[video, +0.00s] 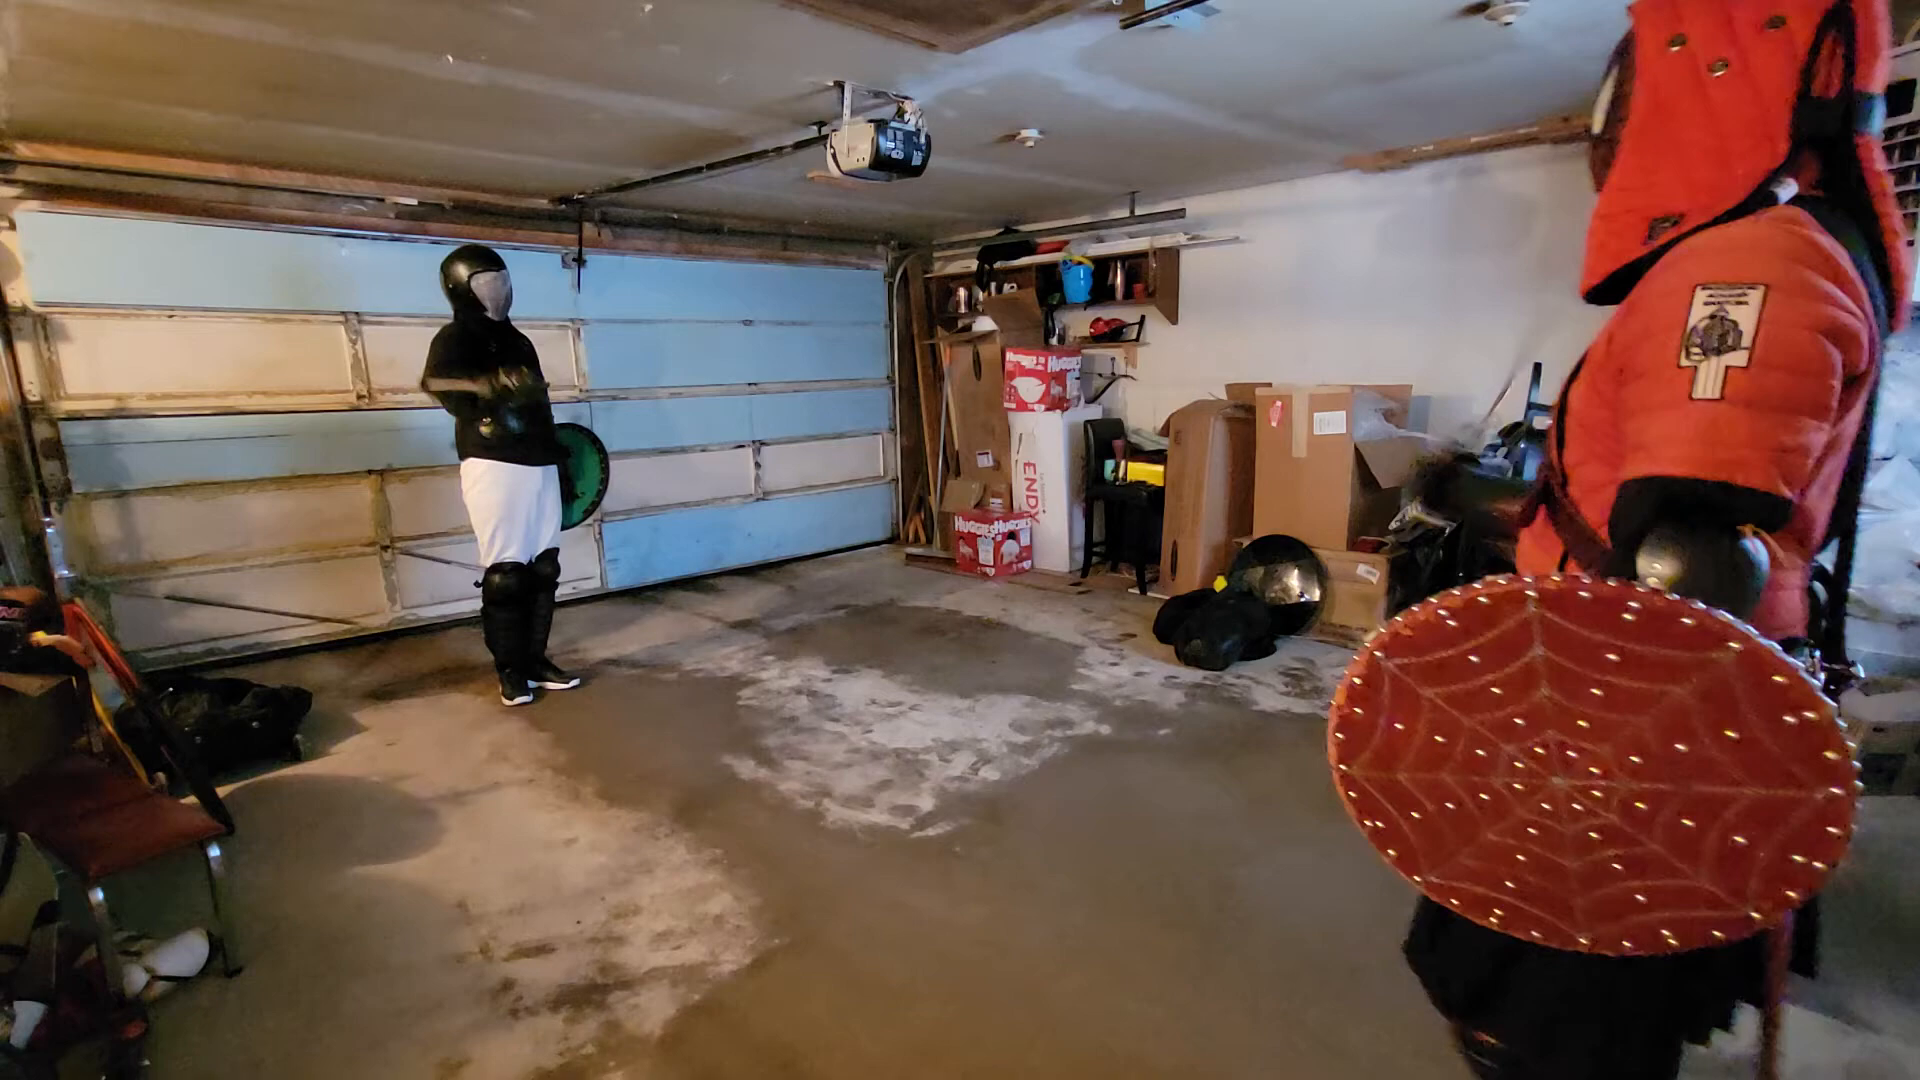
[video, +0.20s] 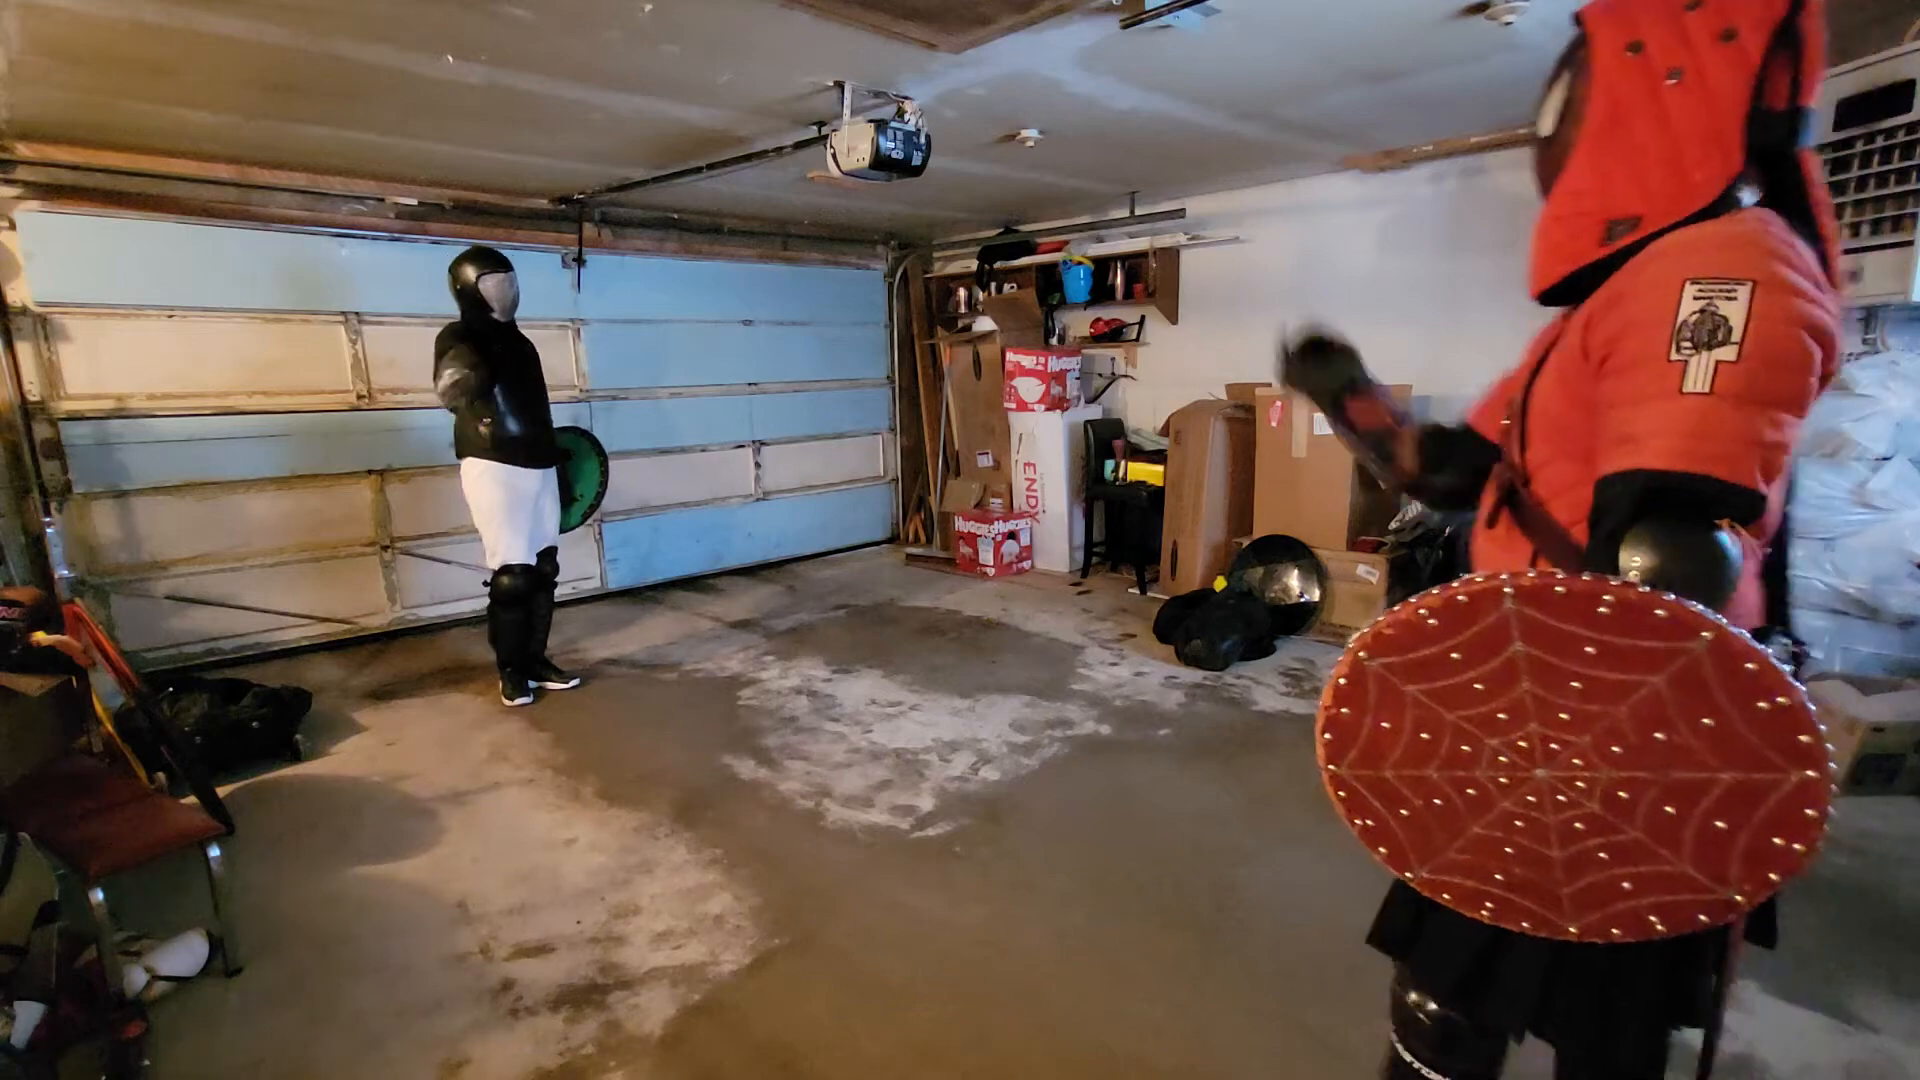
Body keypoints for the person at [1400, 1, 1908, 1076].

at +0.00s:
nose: (1607, 121)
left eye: (1636, 78)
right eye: (1618, 83)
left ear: (1720, 74)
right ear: (1735, 77)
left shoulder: (1762, 262)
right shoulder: (1737, 247)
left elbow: (1690, 595)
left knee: (1575, 1036)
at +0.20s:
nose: (1548, 128)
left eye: (1576, 88)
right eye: (1555, 93)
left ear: (1679, 83)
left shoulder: (1730, 259)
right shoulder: (1623, 281)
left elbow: (1675, 557)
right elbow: (1484, 474)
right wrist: (1369, 416)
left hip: (1619, 755)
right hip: (1521, 727)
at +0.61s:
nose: (1392, 138)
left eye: (1418, 100)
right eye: (1395, 103)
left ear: (1518, 100)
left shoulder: (1602, 300)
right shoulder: (1440, 286)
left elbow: (1616, 599)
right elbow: (1298, 353)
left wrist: (1552, 800)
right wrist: (1160, 343)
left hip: (1538, 766)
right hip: (1426, 742)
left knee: (1574, 1036)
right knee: (1413, 1021)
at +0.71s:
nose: (1360, 140)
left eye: (1384, 102)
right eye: (1361, 105)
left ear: (1484, 103)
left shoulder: (1577, 306)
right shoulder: (1416, 283)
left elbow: (1603, 603)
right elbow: (1282, 307)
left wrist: (1542, 787)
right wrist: (1141, 298)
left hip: (1507, 725)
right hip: (1404, 706)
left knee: (1541, 1009)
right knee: (1409, 991)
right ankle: (1410, 1067)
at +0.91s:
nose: (1320, 140)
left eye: (1347, 95)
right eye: (1324, 101)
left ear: (1443, 95)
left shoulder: (1547, 317)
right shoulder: (1393, 281)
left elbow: (1584, 621)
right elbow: (1286, 338)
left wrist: (1525, 836)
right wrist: (1173, 361)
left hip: (1459, 727)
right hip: (1374, 696)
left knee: (1415, 1008)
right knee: (1367, 920)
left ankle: (1419, 1061)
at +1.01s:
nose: (1304, 149)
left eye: (1327, 110)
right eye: (1306, 113)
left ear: (1426, 111)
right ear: (1400, 115)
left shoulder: (1516, 318)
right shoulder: (1379, 285)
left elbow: (1565, 606)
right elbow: (1346, 407)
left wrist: (1495, 808)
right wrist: (1248, 424)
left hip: (1435, 702)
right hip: (1349, 671)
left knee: (1384, 898)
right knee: (1304, 841)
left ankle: (1393, 1050)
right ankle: (1392, 993)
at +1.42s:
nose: (1234, 180)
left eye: (1251, 146)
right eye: (1239, 150)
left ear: (1322, 146)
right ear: (1336, 147)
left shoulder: (1379, 307)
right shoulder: (1333, 302)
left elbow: (1404, 561)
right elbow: (1314, 520)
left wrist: (1395, 757)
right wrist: (1232, 607)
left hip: (1342, 693)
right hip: (1284, 673)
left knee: (1348, 900)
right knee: (1257, 847)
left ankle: (1367, 1059)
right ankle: (1233, 1017)